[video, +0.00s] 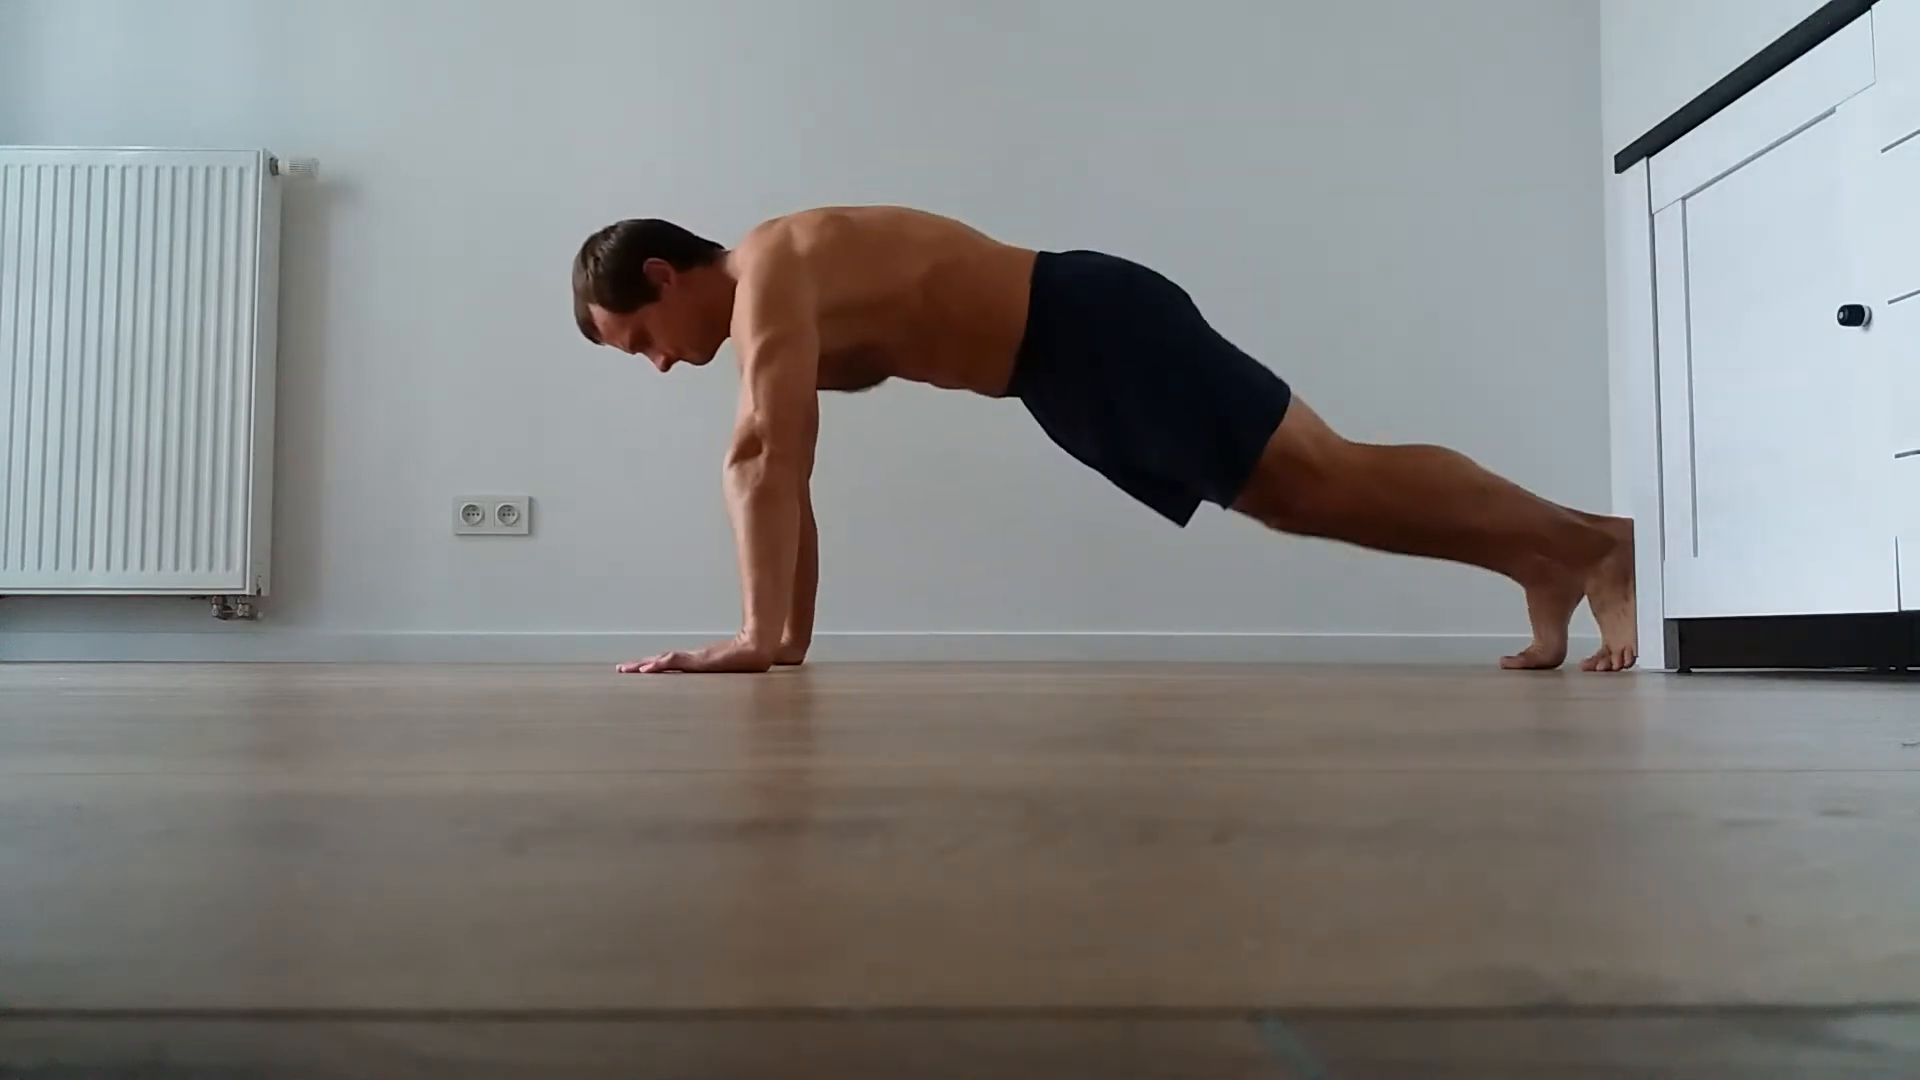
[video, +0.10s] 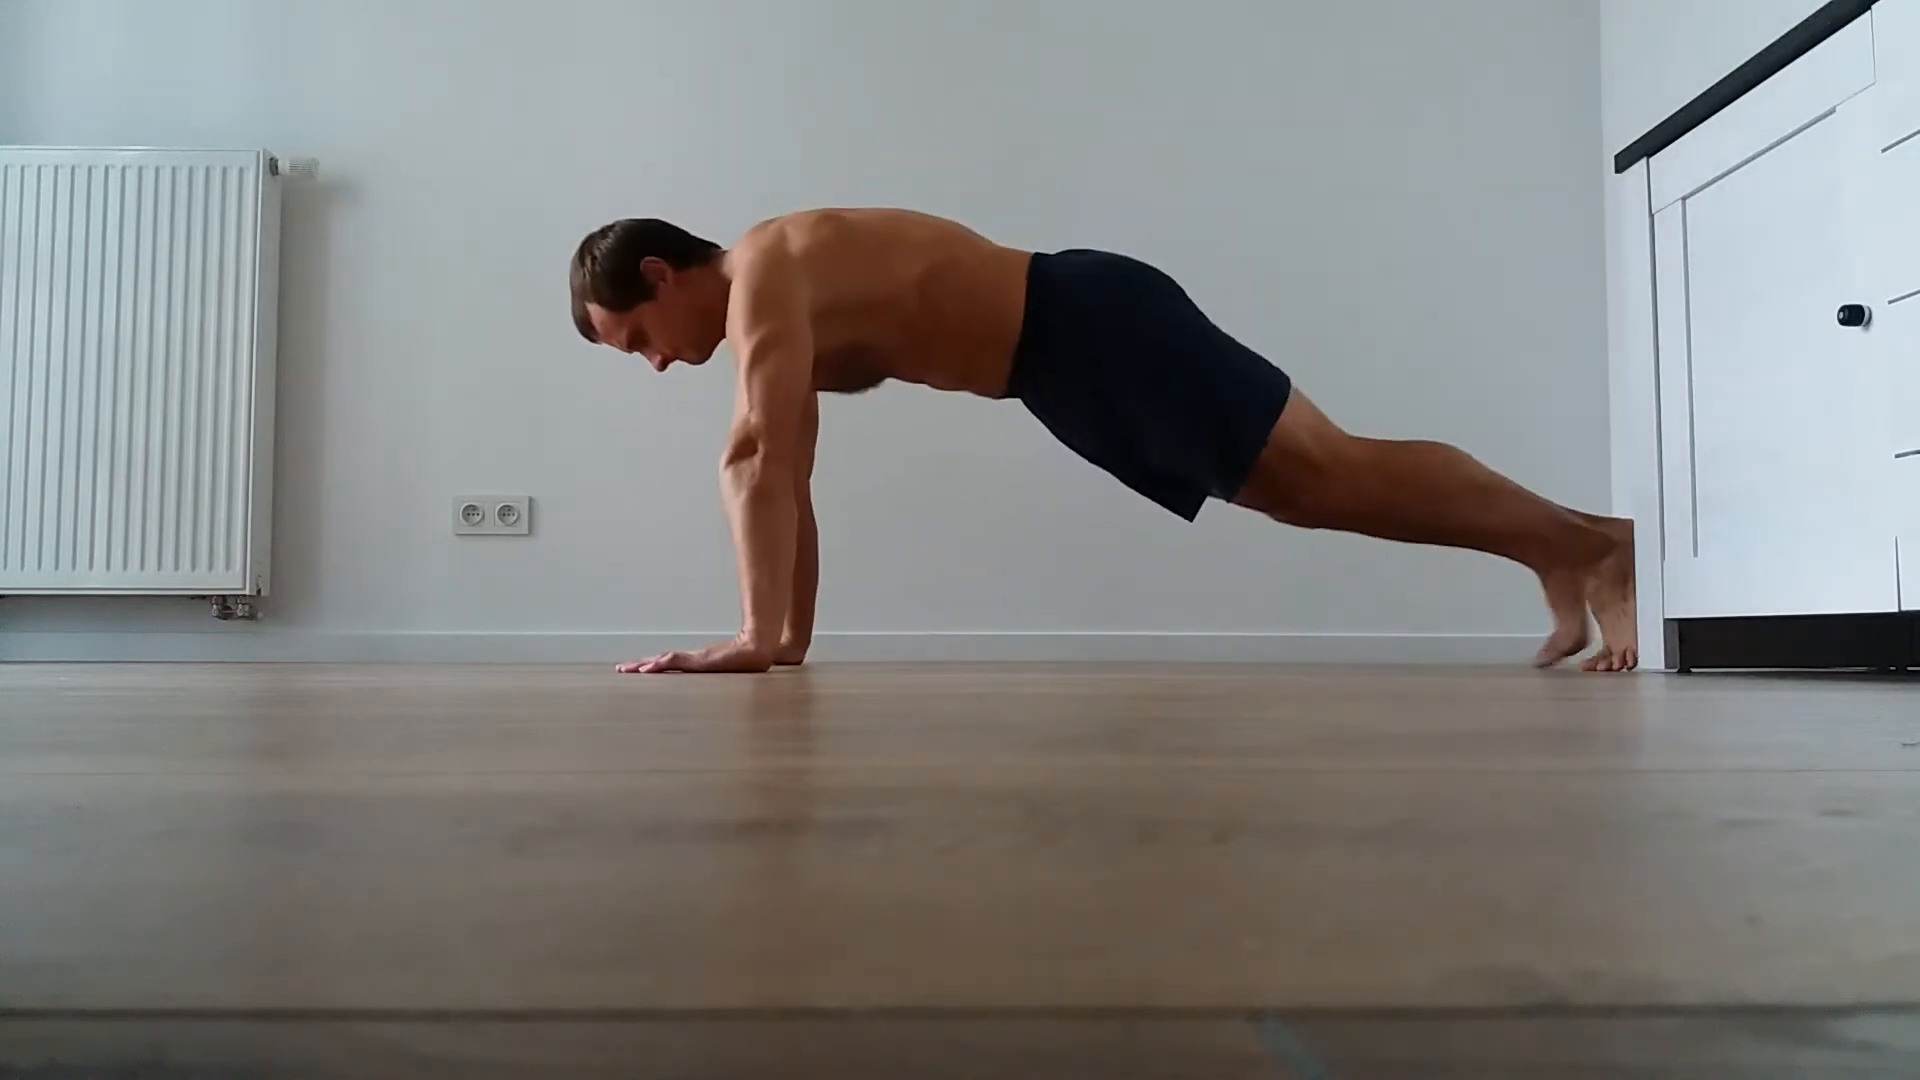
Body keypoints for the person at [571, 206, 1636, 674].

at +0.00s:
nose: (650, 360)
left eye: (634, 338)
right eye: (634, 349)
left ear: (660, 282)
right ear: (663, 287)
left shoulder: (774, 270)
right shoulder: (769, 290)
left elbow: (762, 464)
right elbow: (782, 481)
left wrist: (758, 638)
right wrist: (788, 639)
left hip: (1092, 330)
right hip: (1072, 354)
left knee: (1322, 483)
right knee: (1301, 492)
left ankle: (1589, 544)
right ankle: (1537, 564)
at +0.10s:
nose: (646, 358)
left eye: (630, 336)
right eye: (630, 346)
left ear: (654, 282)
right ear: (661, 281)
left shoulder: (770, 274)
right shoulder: (768, 286)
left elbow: (756, 466)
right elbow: (783, 478)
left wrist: (757, 639)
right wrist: (790, 639)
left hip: (1091, 330)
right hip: (1074, 350)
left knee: (1324, 479)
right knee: (1309, 481)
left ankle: (1588, 543)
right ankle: (1554, 552)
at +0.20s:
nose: (646, 359)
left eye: (629, 336)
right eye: (630, 347)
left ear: (652, 283)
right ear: (663, 278)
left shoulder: (768, 273)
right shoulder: (771, 286)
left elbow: (754, 465)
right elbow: (785, 477)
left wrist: (757, 638)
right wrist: (790, 637)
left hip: (1091, 335)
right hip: (1079, 352)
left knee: (1328, 484)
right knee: (1322, 482)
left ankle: (1584, 549)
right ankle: (1564, 561)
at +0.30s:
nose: (648, 359)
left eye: (632, 337)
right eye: (632, 347)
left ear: (655, 284)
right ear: (664, 282)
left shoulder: (769, 270)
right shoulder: (770, 288)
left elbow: (754, 464)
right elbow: (784, 478)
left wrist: (756, 638)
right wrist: (787, 640)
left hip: (1096, 337)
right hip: (1078, 361)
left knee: (1331, 481)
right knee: (1321, 485)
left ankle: (1585, 548)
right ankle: (1561, 567)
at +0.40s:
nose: (655, 350)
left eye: (640, 327)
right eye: (639, 339)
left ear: (664, 270)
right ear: (673, 273)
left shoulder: (768, 268)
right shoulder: (772, 286)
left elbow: (758, 467)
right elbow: (772, 473)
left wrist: (762, 636)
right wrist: (781, 634)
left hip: (1101, 333)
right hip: (1085, 355)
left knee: (1344, 473)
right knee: (1327, 487)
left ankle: (1596, 540)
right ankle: (1562, 571)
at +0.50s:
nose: (655, 360)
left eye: (639, 338)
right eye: (640, 349)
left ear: (659, 282)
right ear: (667, 292)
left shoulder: (761, 269)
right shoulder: (767, 298)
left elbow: (754, 463)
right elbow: (779, 481)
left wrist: (757, 637)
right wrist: (782, 637)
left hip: (1101, 352)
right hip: (1084, 374)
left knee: (1343, 486)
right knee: (1336, 486)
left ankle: (1592, 554)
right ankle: (1581, 558)